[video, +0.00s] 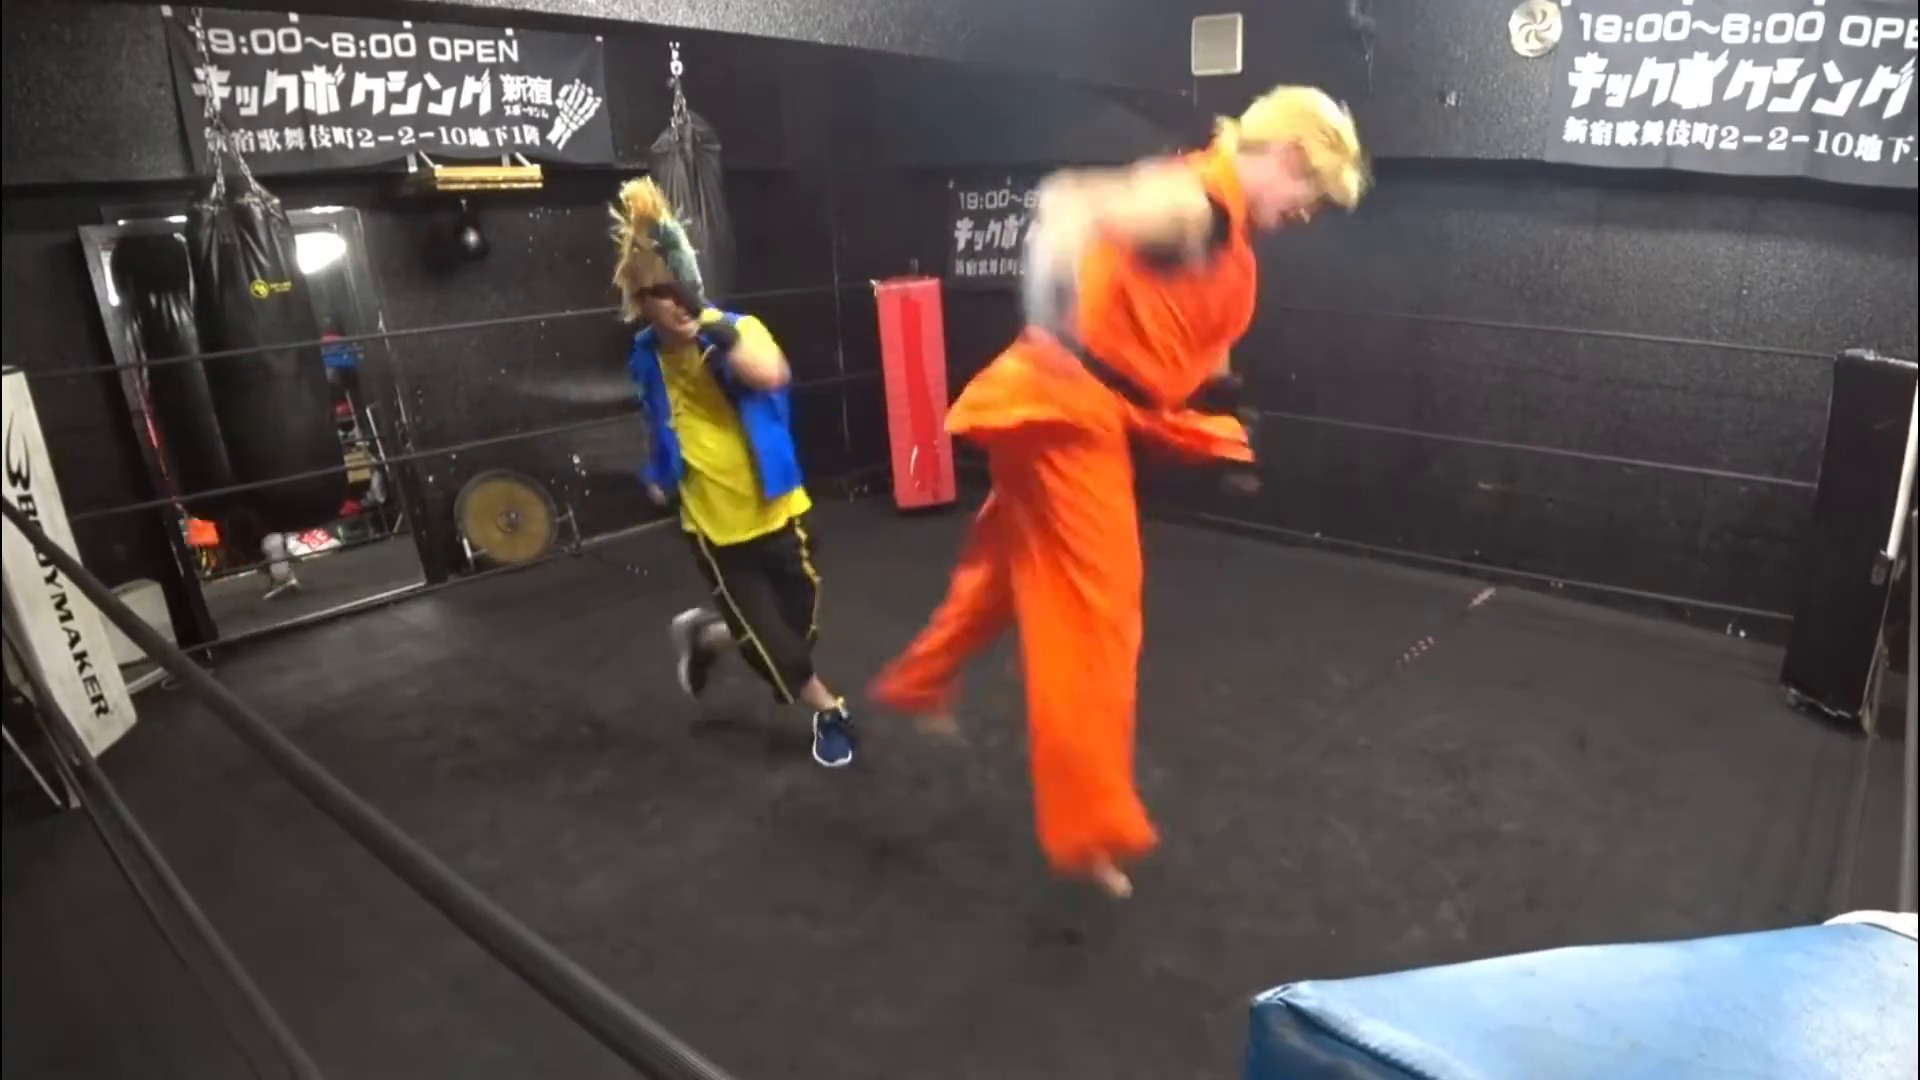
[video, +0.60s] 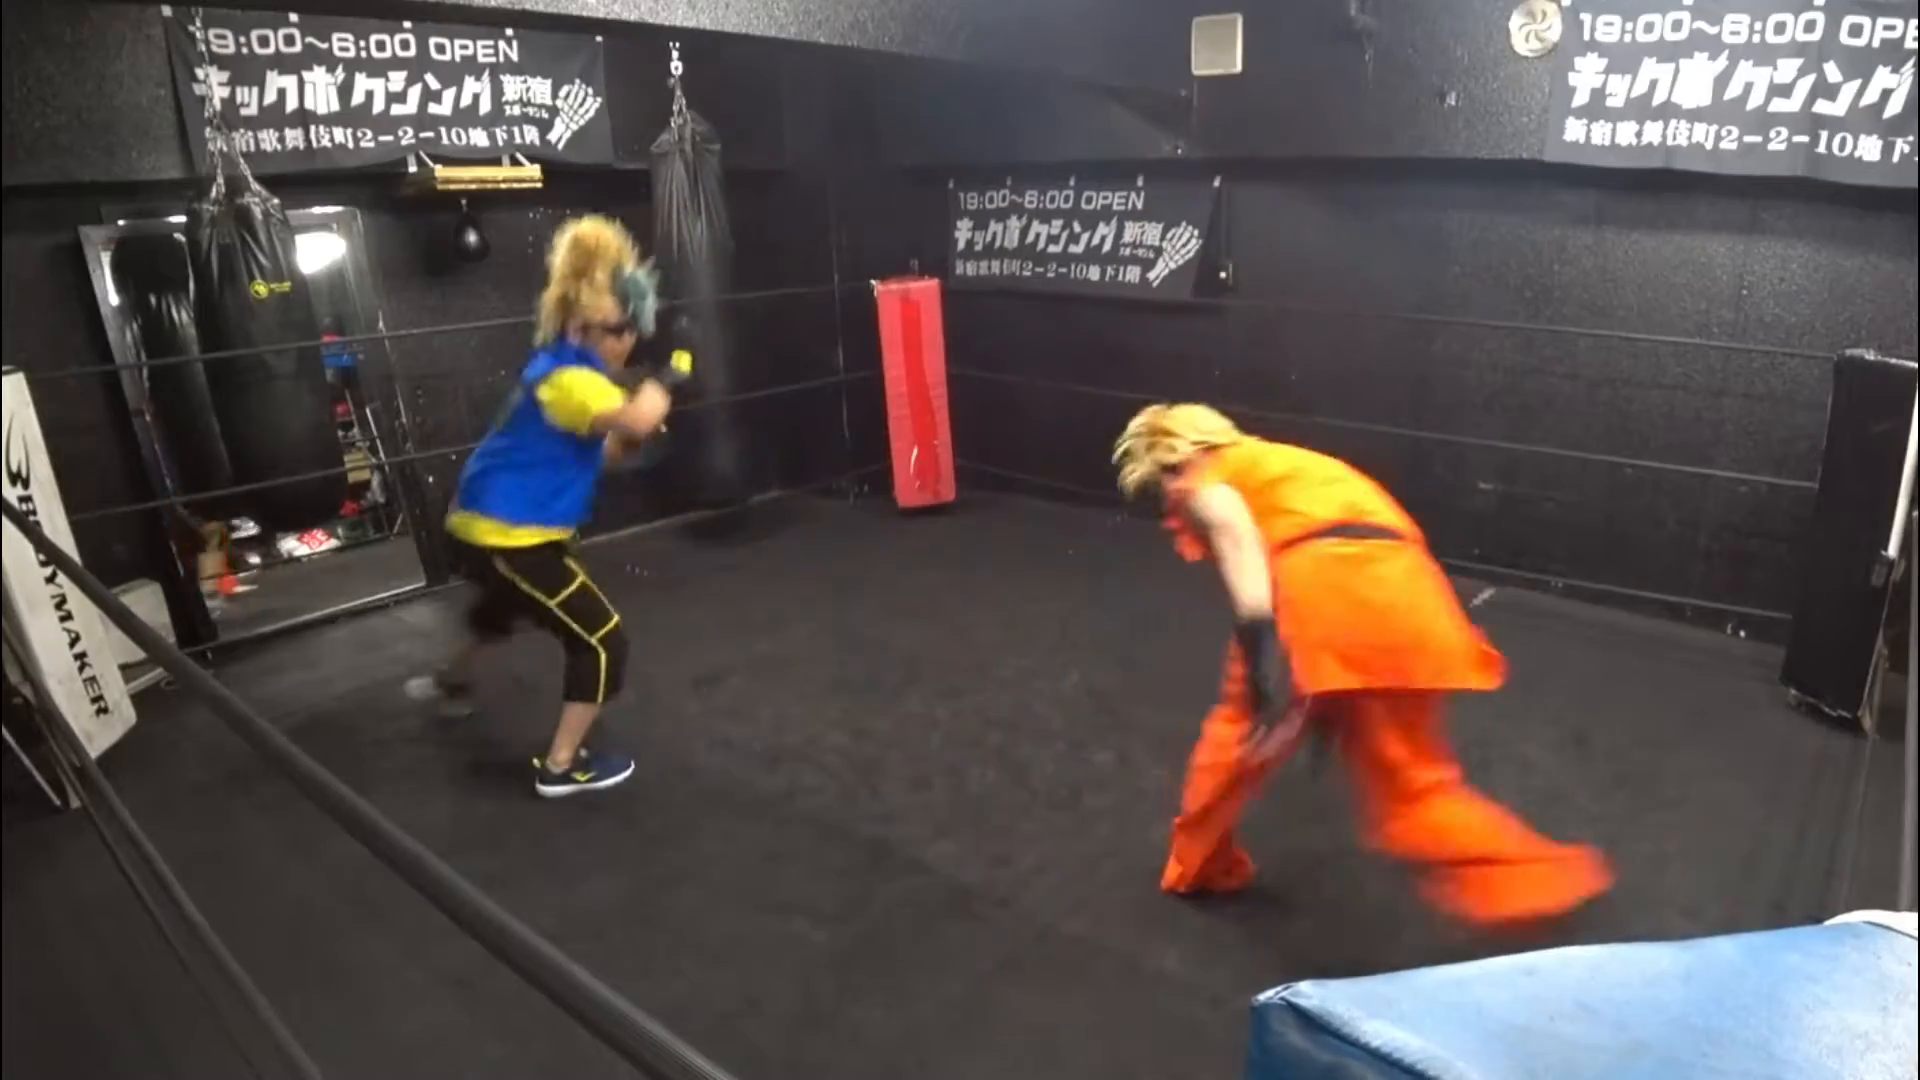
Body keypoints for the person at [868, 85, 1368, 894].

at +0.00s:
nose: (1304, 209)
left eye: (1317, 202)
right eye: (1306, 186)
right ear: (1272, 149)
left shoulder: (1230, 246)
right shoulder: (1189, 195)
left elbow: (1168, 360)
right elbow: (1074, 198)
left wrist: (1203, 428)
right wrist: (1052, 305)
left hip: (1087, 416)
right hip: (1063, 408)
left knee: (1006, 560)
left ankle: (918, 682)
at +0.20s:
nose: (1333, 376)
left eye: (1335, 359)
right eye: (1336, 361)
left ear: (1261, 317)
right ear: (1322, 356)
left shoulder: (1161, 362)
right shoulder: (1276, 432)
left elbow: (1052, 410)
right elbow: (1257, 570)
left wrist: (957, 459)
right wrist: (1235, 645)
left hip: (1051, 559)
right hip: (1132, 600)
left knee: (944, 639)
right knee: (1113, 776)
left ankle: (802, 680)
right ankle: (1051, 933)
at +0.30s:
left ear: (1220, 390)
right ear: (1298, 422)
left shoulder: (1160, 412)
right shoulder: (1309, 476)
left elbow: (1043, 428)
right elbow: (1326, 623)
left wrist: (938, 487)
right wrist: (1314, 728)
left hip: (1076, 585)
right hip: (1177, 632)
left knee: (1009, 686)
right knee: (1120, 809)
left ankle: (952, 791)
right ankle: (1047, 939)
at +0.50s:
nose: (1131, 502)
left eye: (1128, 490)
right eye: (1127, 497)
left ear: (1137, 456)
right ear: (1199, 435)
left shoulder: (1151, 452)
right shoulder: (1304, 473)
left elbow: (1173, 490)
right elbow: (1355, 591)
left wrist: (1227, 540)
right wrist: (1374, 702)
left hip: (1237, 622)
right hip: (1330, 627)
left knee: (1203, 748)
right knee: (1294, 769)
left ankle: (1190, 891)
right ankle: (1261, 909)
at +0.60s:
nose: (1174, 509)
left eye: (1168, 494)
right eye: (1162, 500)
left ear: (1180, 461)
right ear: (1224, 442)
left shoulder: (1211, 481)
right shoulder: (1300, 470)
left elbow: (1241, 543)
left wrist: (1264, 682)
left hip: (1320, 611)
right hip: (1407, 617)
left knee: (1242, 726)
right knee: (1410, 790)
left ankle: (1197, 861)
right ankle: (1542, 879)